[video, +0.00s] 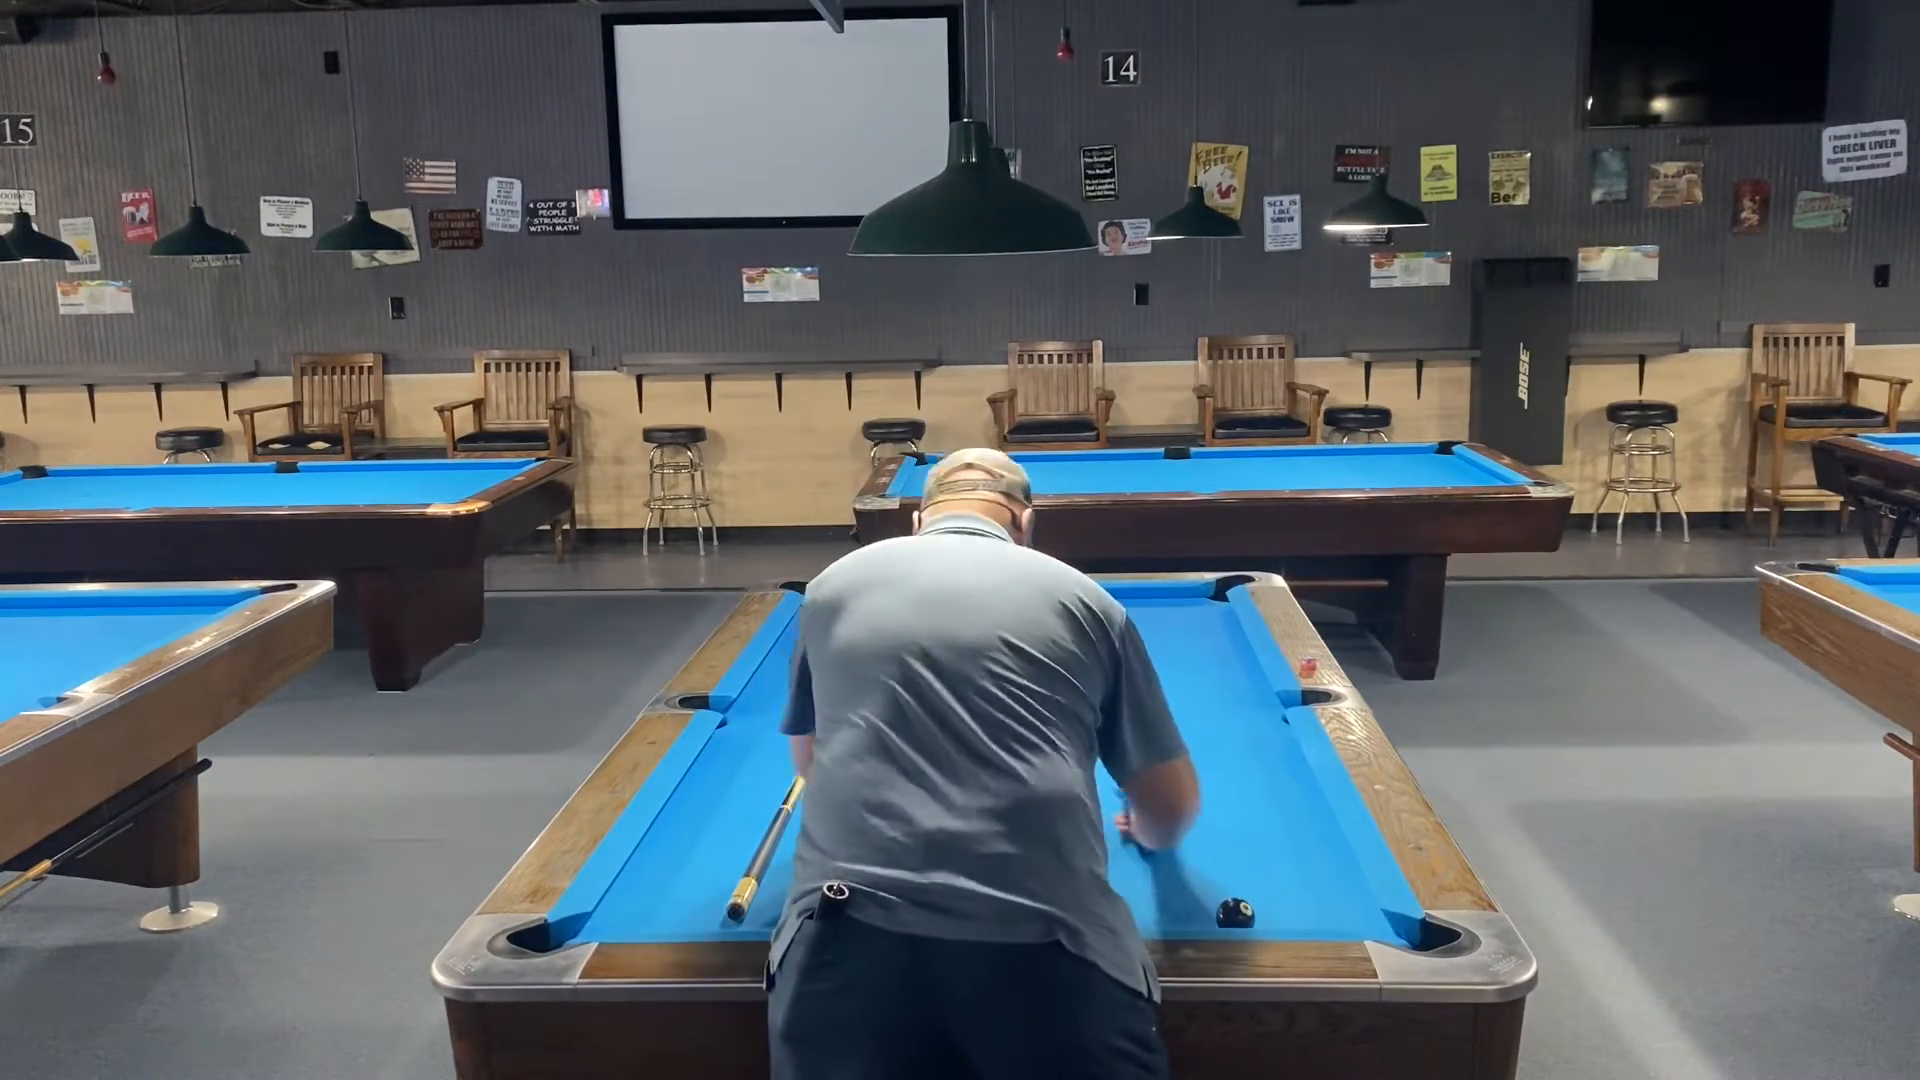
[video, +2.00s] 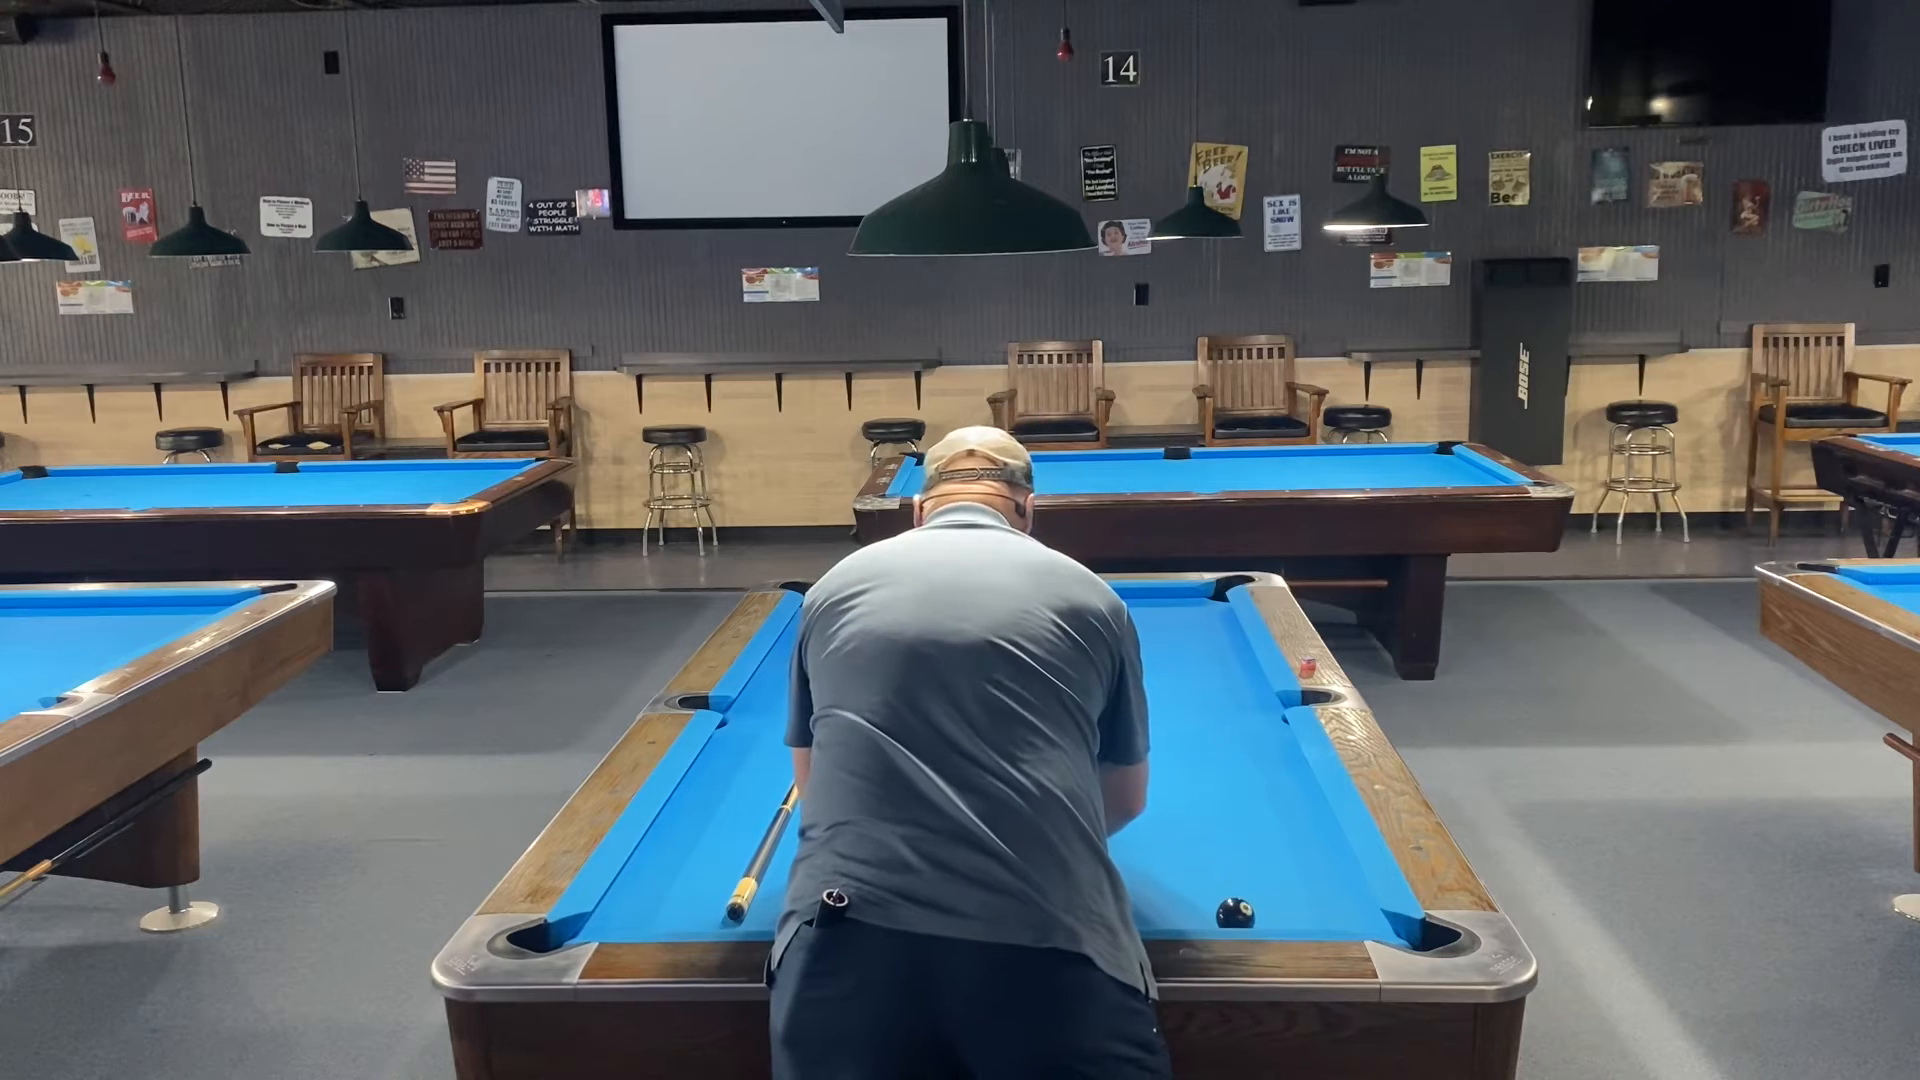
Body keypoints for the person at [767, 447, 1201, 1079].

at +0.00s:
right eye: (1029, 519)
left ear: (917, 522)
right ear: (1023, 522)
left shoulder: (835, 583)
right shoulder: (1086, 600)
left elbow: (811, 757)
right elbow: (1171, 801)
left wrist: (877, 804)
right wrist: (1148, 831)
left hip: (847, 958)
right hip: (1048, 965)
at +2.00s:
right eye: (1030, 502)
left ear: (919, 510)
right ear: (1026, 505)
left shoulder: (835, 585)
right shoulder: (1092, 596)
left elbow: (812, 784)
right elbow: (1123, 795)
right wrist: (1028, 843)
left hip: (846, 958)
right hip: (1051, 964)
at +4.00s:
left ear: (912, 520)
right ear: (1018, 519)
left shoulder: (835, 591)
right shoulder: (1089, 597)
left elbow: (810, 787)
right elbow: (1125, 800)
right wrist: (1030, 848)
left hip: (847, 955)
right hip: (1051, 962)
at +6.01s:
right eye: (1041, 484)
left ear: (927, 483)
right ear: (1037, 486)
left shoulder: (834, 570)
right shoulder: (1104, 576)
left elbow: (804, 780)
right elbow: (1153, 787)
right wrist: (1065, 827)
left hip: (850, 977)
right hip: (1057, 984)